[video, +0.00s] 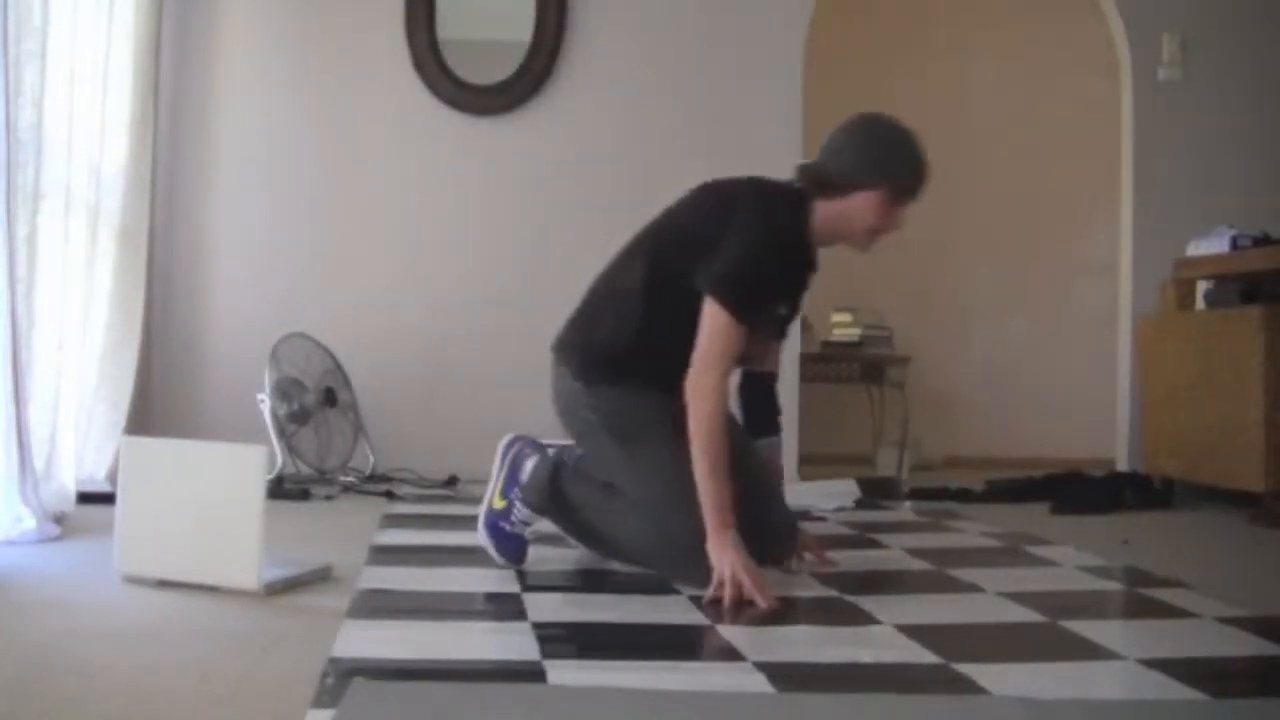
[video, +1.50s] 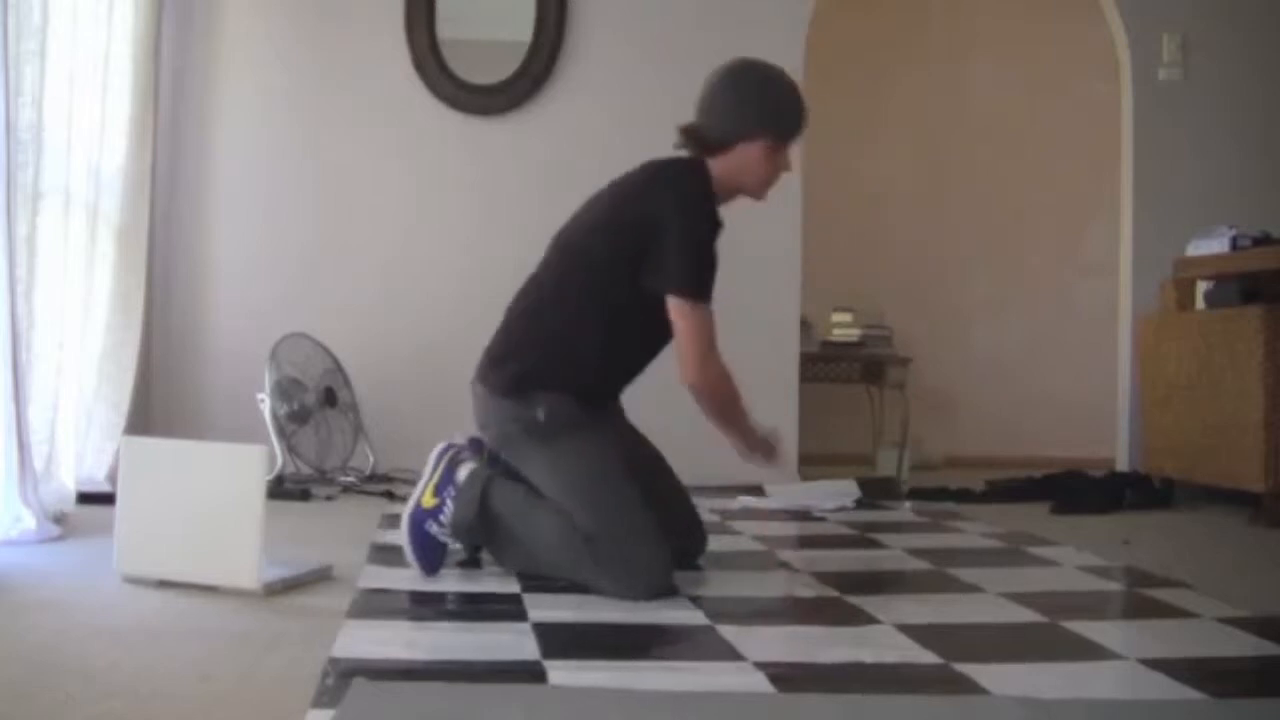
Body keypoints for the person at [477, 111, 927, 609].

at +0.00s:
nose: (895, 223)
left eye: (901, 208)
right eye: (894, 203)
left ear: (861, 191)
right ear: (858, 184)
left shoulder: (792, 248)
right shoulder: (760, 223)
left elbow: (757, 383)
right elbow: (703, 385)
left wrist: (781, 512)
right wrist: (723, 538)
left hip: (670, 390)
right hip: (600, 386)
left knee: (766, 540)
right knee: (695, 562)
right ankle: (539, 478)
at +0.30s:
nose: (963, 259)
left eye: (971, 245)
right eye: (966, 240)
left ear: (925, 212)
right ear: (933, 216)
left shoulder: (852, 243)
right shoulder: (842, 236)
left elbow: (781, 387)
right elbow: (770, 387)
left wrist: (783, 522)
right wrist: (783, 535)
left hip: (664, 363)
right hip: (635, 360)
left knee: (712, 548)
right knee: (718, 565)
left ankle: (546, 493)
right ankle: (536, 500)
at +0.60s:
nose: (955, 279)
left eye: (967, 269)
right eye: (962, 261)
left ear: (928, 230)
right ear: (932, 228)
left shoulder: (852, 261)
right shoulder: (834, 237)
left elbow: (768, 393)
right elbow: (775, 391)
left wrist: (784, 522)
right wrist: (781, 536)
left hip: (664, 361)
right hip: (636, 354)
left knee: (707, 543)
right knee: (711, 564)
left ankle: (546, 485)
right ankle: (532, 490)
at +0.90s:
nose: (914, 270)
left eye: (925, 259)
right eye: (921, 252)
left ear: (887, 220)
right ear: (894, 222)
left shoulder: (813, 254)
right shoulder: (803, 231)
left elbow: (742, 398)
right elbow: (765, 391)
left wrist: (783, 519)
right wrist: (781, 537)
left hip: (628, 374)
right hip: (596, 361)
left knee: (680, 542)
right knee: (645, 570)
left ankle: (502, 482)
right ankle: (477, 487)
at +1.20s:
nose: (837, 215)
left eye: (843, 200)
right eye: (838, 197)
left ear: (801, 179)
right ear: (809, 182)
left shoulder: (733, 228)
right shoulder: (725, 221)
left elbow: (714, 392)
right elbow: (734, 391)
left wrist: (774, 510)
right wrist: (786, 527)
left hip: (584, 392)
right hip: (551, 388)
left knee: (680, 542)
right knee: (643, 574)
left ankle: (515, 479)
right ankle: (471, 494)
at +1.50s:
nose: (786, 168)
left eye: (788, 151)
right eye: (783, 150)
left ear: (742, 140)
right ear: (752, 143)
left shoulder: (683, 196)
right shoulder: (681, 201)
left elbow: (700, 362)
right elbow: (699, 370)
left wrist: (744, 431)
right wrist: (748, 437)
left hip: (574, 405)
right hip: (534, 407)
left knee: (680, 543)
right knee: (639, 576)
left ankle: (488, 478)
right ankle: (472, 497)